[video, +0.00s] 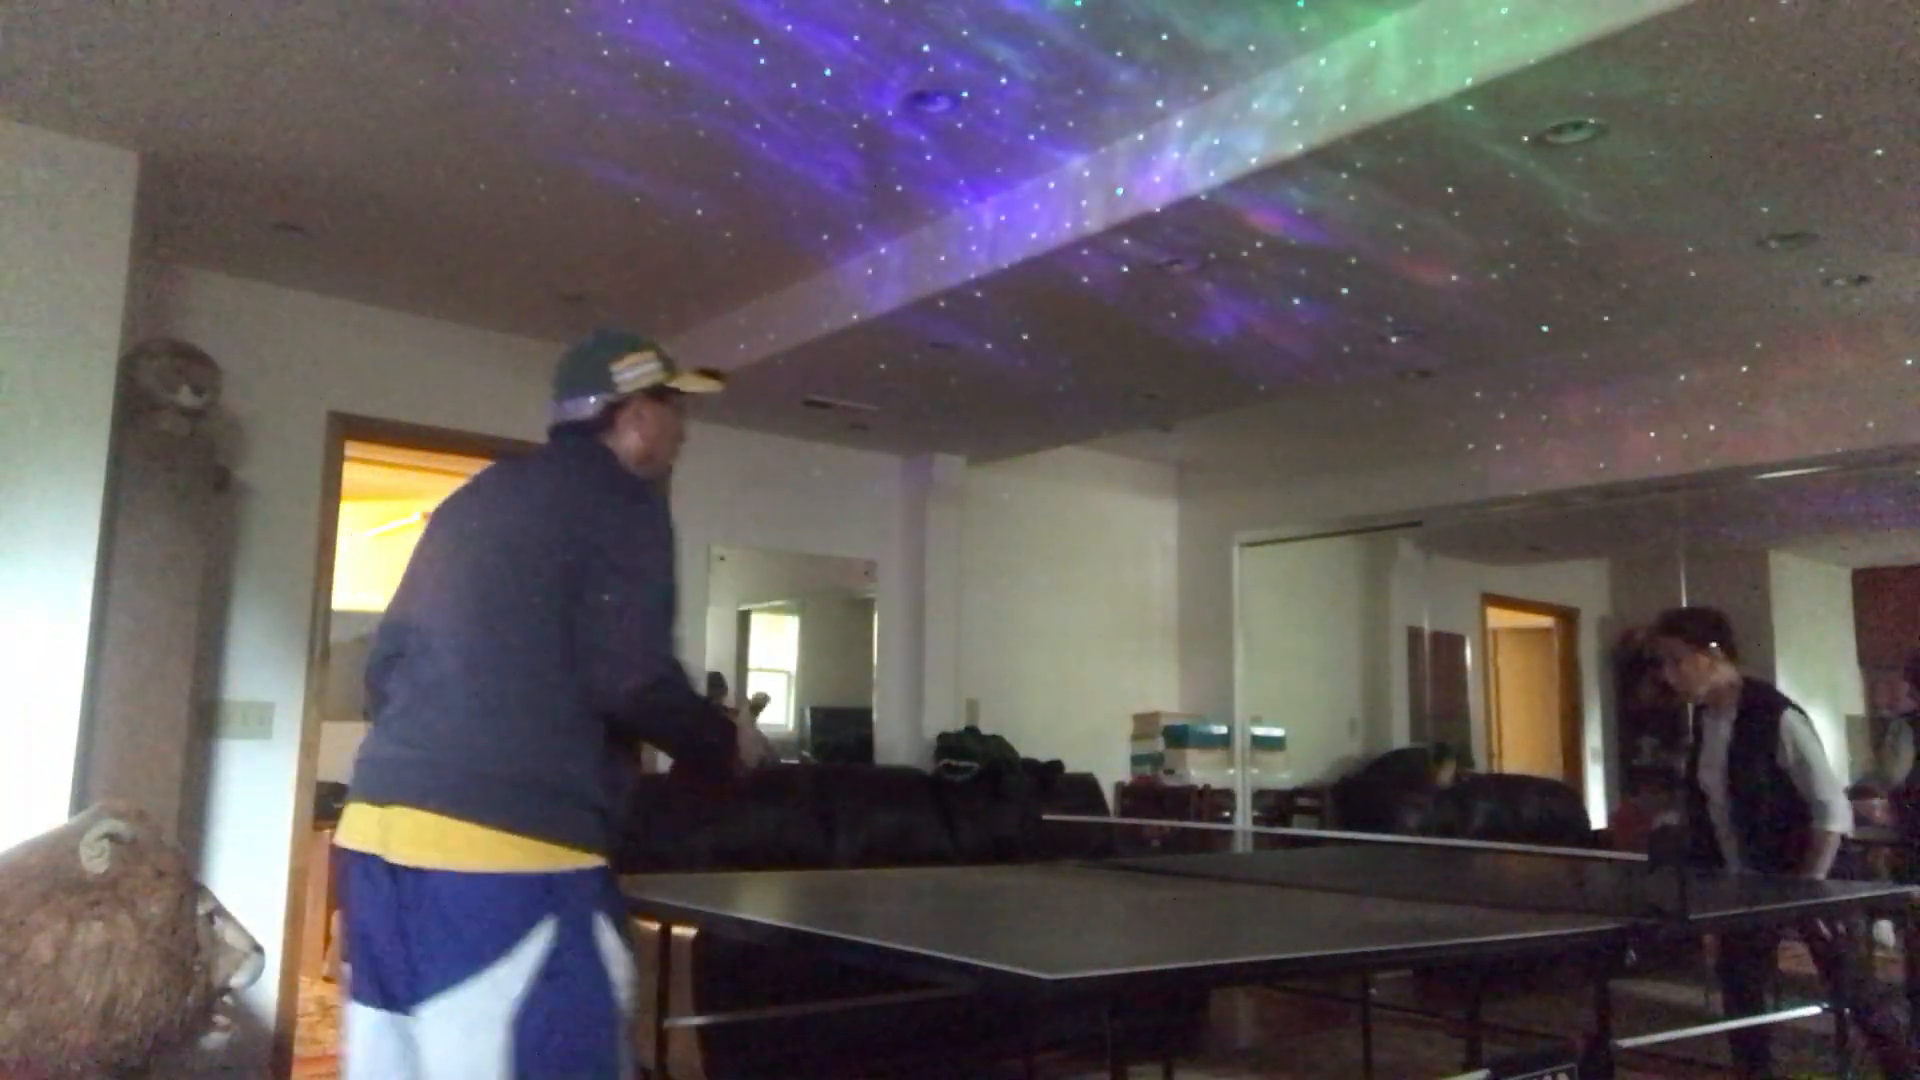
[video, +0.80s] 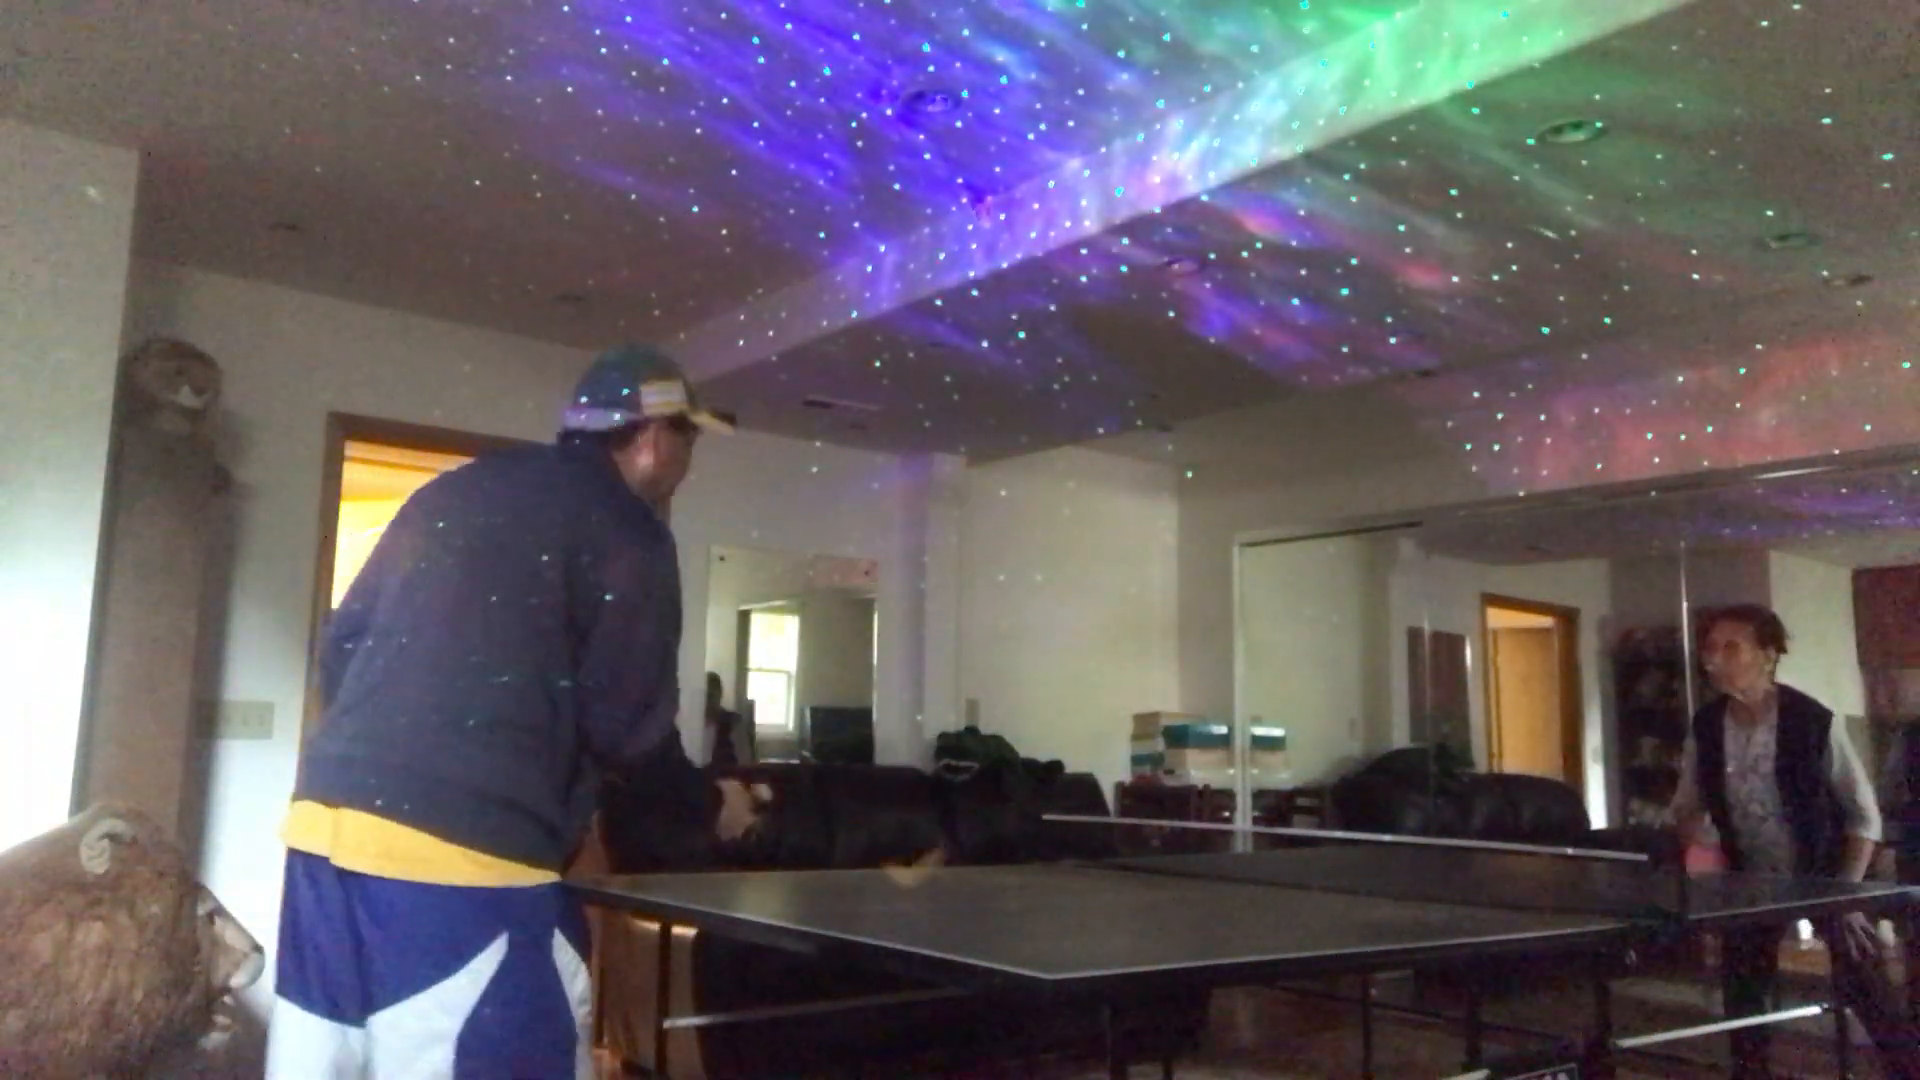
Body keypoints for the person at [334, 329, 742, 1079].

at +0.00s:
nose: (681, 427)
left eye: (678, 408)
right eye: (672, 408)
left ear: (572, 416)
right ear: (632, 416)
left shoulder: (472, 495)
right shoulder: (624, 502)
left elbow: (386, 664)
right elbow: (626, 678)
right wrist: (720, 740)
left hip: (376, 843)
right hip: (511, 855)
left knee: (387, 1066)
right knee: (550, 1064)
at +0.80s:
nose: (684, 471)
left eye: (690, 447)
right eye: (686, 444)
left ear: (580, 424)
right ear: (650, 438)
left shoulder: (455, 484)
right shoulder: (627, 528)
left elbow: (342, 636)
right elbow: (625, 726)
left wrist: (378, 760)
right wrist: (707, 806)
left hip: (322, 830)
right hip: (466, 854)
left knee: (316, 1063)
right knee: (499, 1062)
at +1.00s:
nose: (687, 437)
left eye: (690, 416)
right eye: (682, 413)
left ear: (577, 400)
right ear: (642, 410)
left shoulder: (450, 458)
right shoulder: (641, 502)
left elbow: (312, 562)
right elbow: (653, 693)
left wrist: (256, 730)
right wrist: (773, 696)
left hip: (340, 804)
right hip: (488, 830)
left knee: (292, 1051)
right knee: (492, 1059)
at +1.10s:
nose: (671, 403)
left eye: (672, 384)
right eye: (666, 383)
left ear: (562, 377)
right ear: (627, 383)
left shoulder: (440, 450)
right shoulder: (637, 490)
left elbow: (290, 548)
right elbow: (718, 656)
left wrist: (220, 709)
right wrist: (825, 595)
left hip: (355, 811)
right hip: (501, 836)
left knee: (308, 1043)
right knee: (510, 1057)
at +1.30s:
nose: (654, 380)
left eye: (649, 358)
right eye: (643, 357)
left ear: (545, 368)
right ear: (597, 366)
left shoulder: (429, 459)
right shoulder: (615, 480)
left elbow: (323, 613)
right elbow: (732, 616)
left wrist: (286, 787)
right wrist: (825, 505)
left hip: (368, 831)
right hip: (504, 847)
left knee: (368, 1066)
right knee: (516, 1064)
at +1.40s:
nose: (641, 373)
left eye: (638, 352)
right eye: (628, 350)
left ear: (535, 362)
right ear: (582, 361)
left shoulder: (418, 465)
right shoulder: (590, 471)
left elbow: (339, 634)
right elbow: (680, 641)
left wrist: (361, 781)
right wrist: (797, 552)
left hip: (368, 826)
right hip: (504, 839)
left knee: (376, 1066)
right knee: (522, 1063)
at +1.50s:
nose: (633, 374)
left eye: (631, 352)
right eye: (620, 350)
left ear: (537, 362)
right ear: (567, 358)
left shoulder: (414, 465)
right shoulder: (565, 462)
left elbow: (354, 649)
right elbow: (606, 653)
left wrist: (419, 746)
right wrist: (752, 626)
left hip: (370, 828)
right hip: (497, 842)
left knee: (374, 1067)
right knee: (521, 1063)